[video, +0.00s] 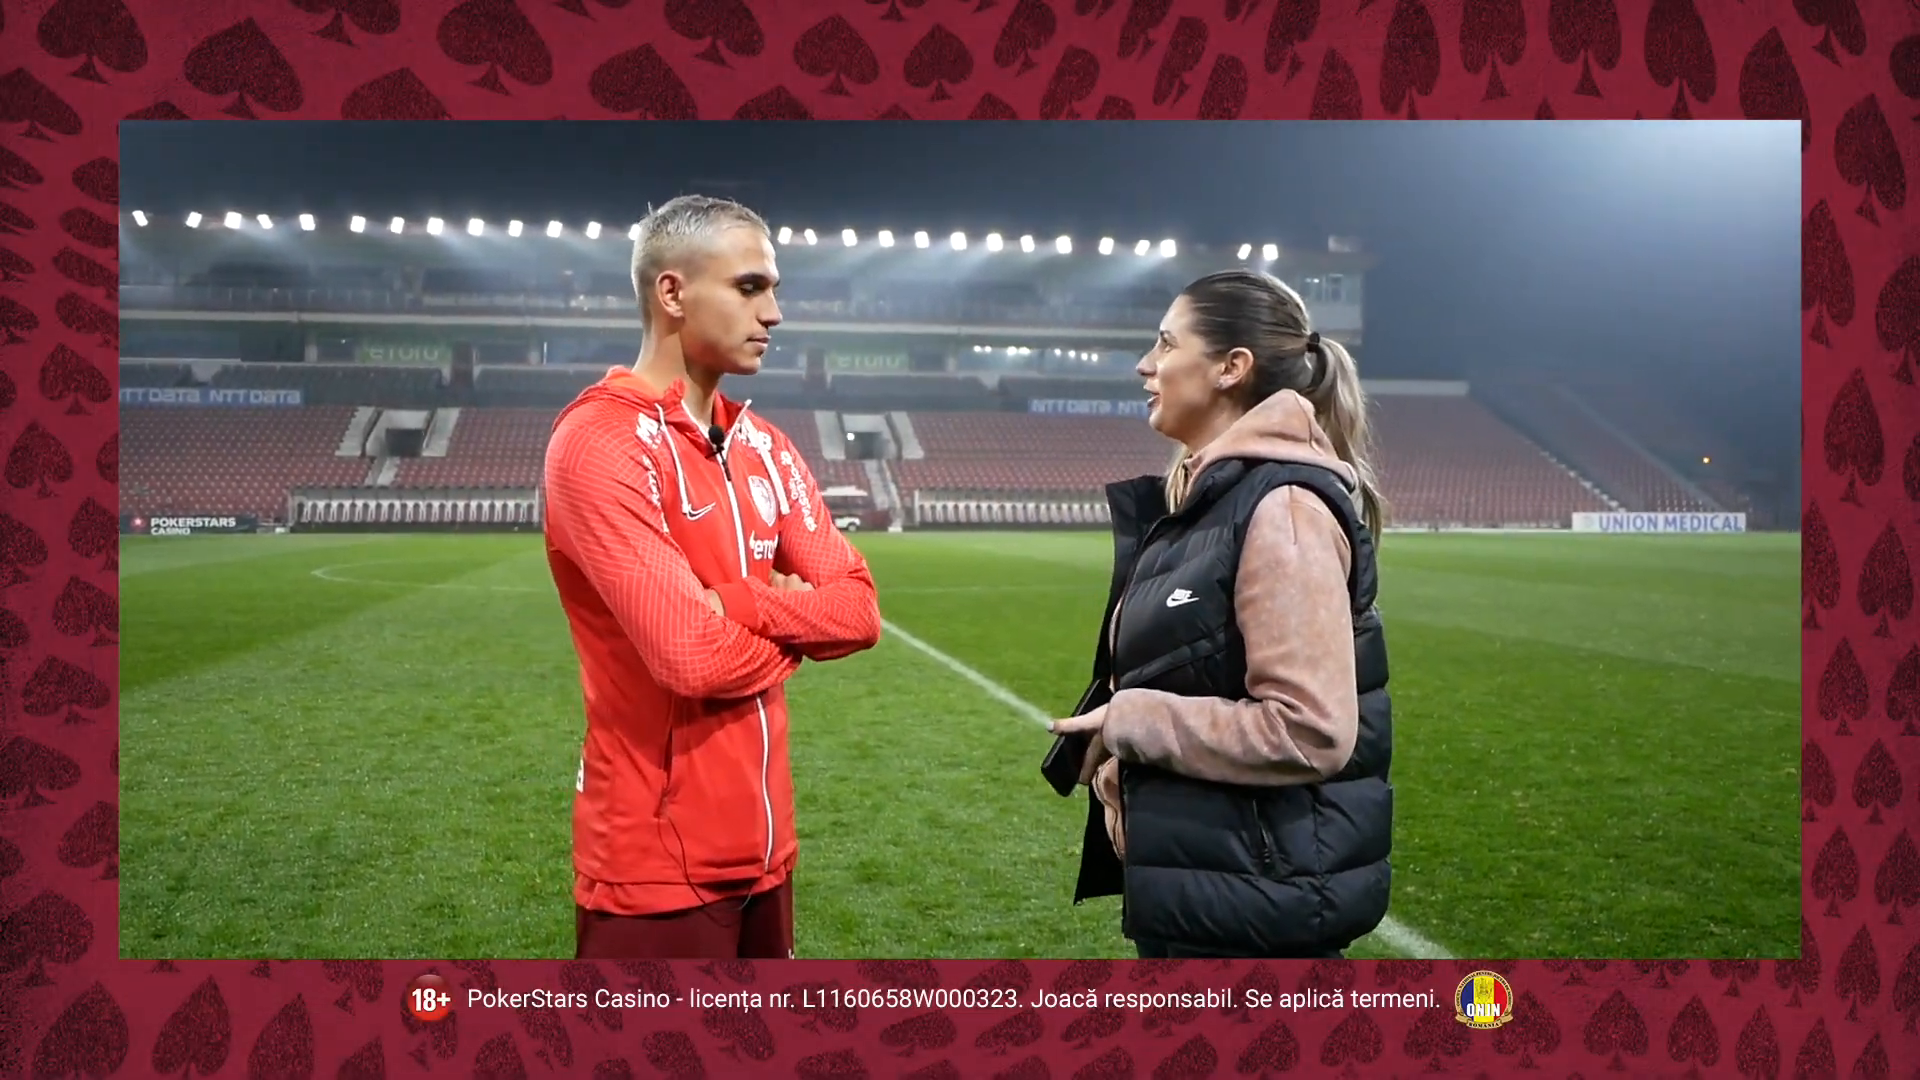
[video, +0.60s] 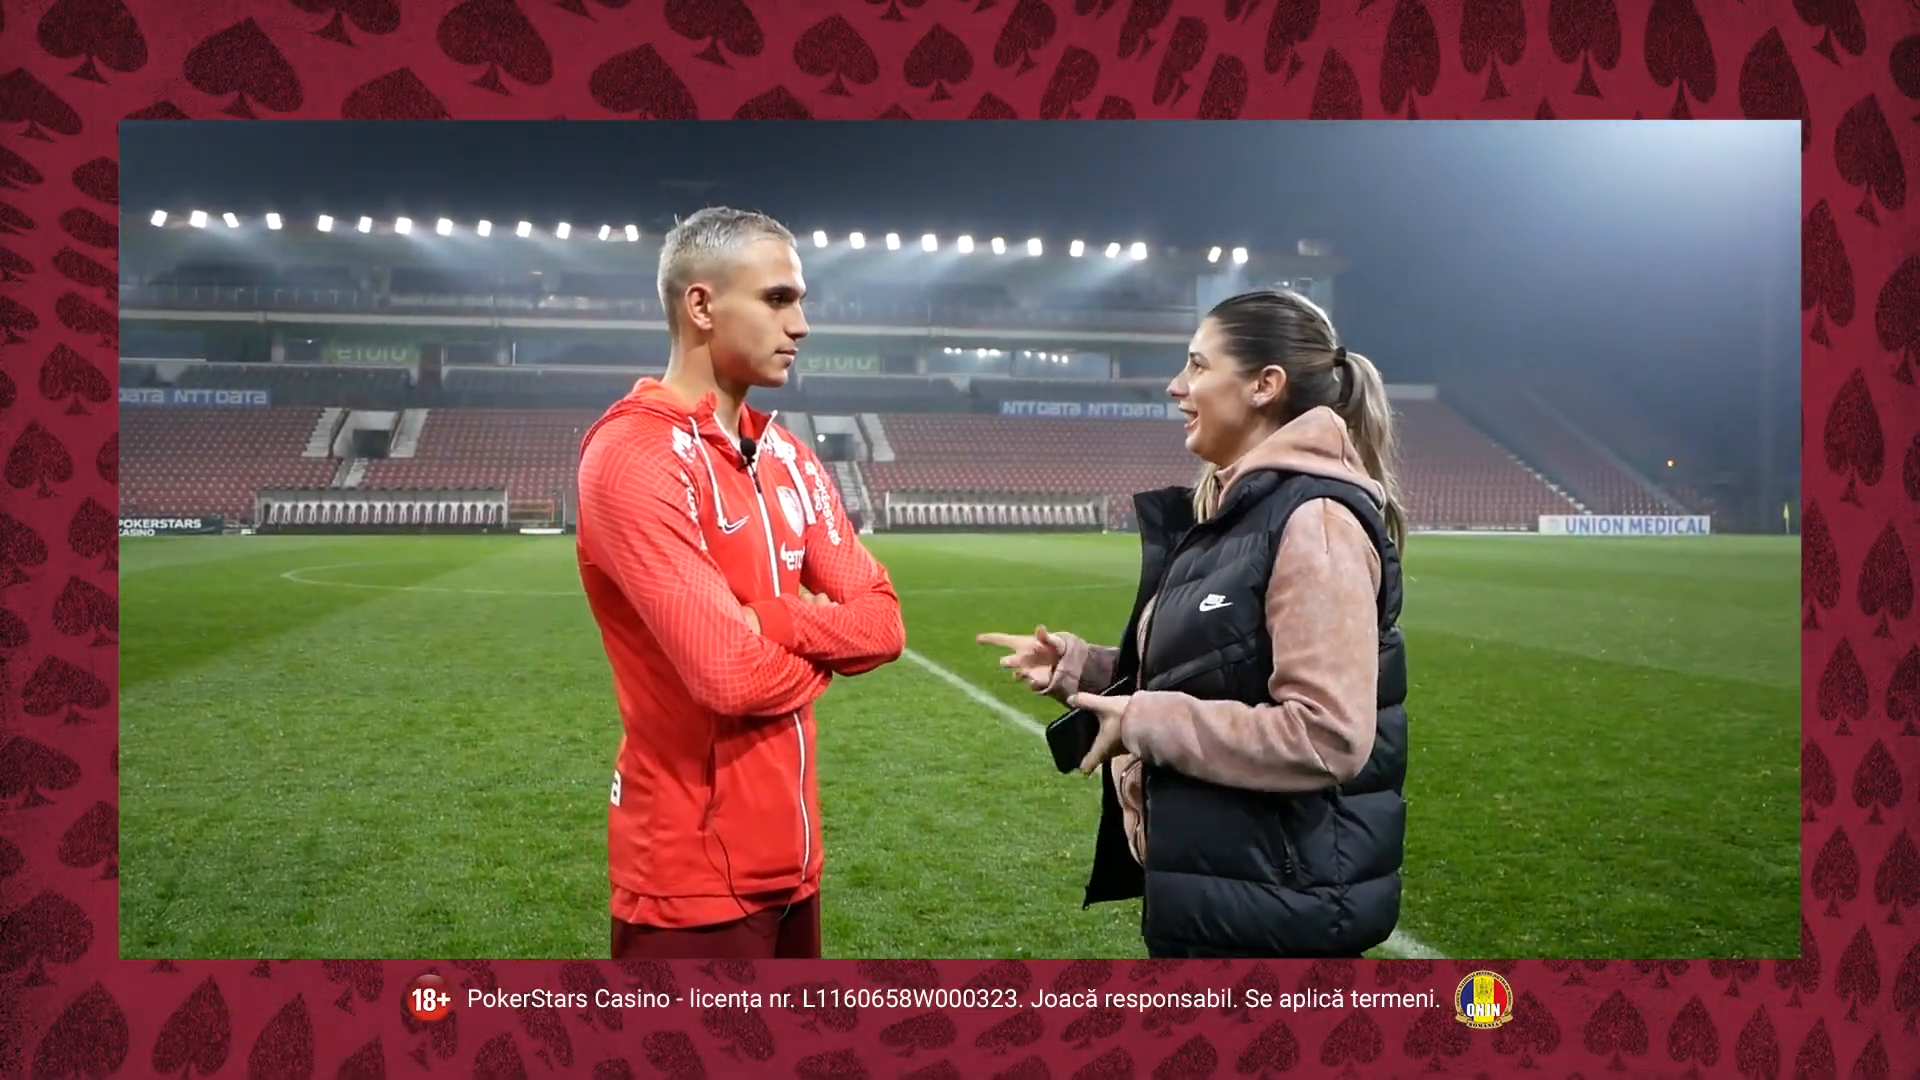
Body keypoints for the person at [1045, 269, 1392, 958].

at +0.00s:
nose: (1146, 366)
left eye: (1166, 343)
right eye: (1155, 344)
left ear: (1232, 368)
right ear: (1228, 370)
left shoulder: (1285, 510)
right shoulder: (1208, 499)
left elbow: (1310, 730)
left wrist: (1131, 718)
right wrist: (1109, 763)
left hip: (1257, 913)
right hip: (1201, 906)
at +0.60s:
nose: (1176, 388)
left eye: (1197, 366)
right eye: (1185, 367)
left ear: (1266, 385)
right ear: (1260, 387)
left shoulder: (1317, 523)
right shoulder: (1236, 508)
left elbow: (1326, 736)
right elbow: (1209, 685)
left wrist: (1148, 720)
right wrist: (1083, 668)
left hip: (1273, 912)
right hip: (1213, 901)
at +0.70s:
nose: (1186, 393)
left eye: (1207, 370)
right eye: (1195, 372)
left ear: (1277, 386)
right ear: (1269, 387)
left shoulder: (1328, 522)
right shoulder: (1241, 512)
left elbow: (1290, 722)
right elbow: (1181, 678)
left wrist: (1107, 677)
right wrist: (1066, 617)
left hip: (1285, 909)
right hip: (1221, 901)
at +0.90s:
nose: (1194, 393)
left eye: (1215, 371)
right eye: (1202, 372)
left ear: (1285, 386)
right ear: (1277, 386)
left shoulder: (1340, 525)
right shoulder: (1244, 514)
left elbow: (1261, 711)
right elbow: (1146, 667)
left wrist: (1115, 605)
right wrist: (1038, 595)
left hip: (1297, 908)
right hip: (1228, 900)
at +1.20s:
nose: (1198, 391)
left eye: (1218, 370)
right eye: (1205, 371)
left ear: (1288, 387)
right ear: (1285, 389)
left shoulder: (1342, 526)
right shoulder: (1246, 512)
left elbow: (1287, 729)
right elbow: (1167, 669)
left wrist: (1118, 664)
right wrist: (1049, 615)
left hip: (1294, 911)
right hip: (1223, 901)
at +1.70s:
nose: (1168, 385)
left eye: (1191, 364)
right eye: (1178, 365)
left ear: (1255, 389)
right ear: (1249, 391)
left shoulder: (1318, 531)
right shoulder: (1221, 515)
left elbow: (1331, 747)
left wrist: (1156, 735)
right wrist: (1112, 649)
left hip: (1279, 919)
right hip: (1209, 909)